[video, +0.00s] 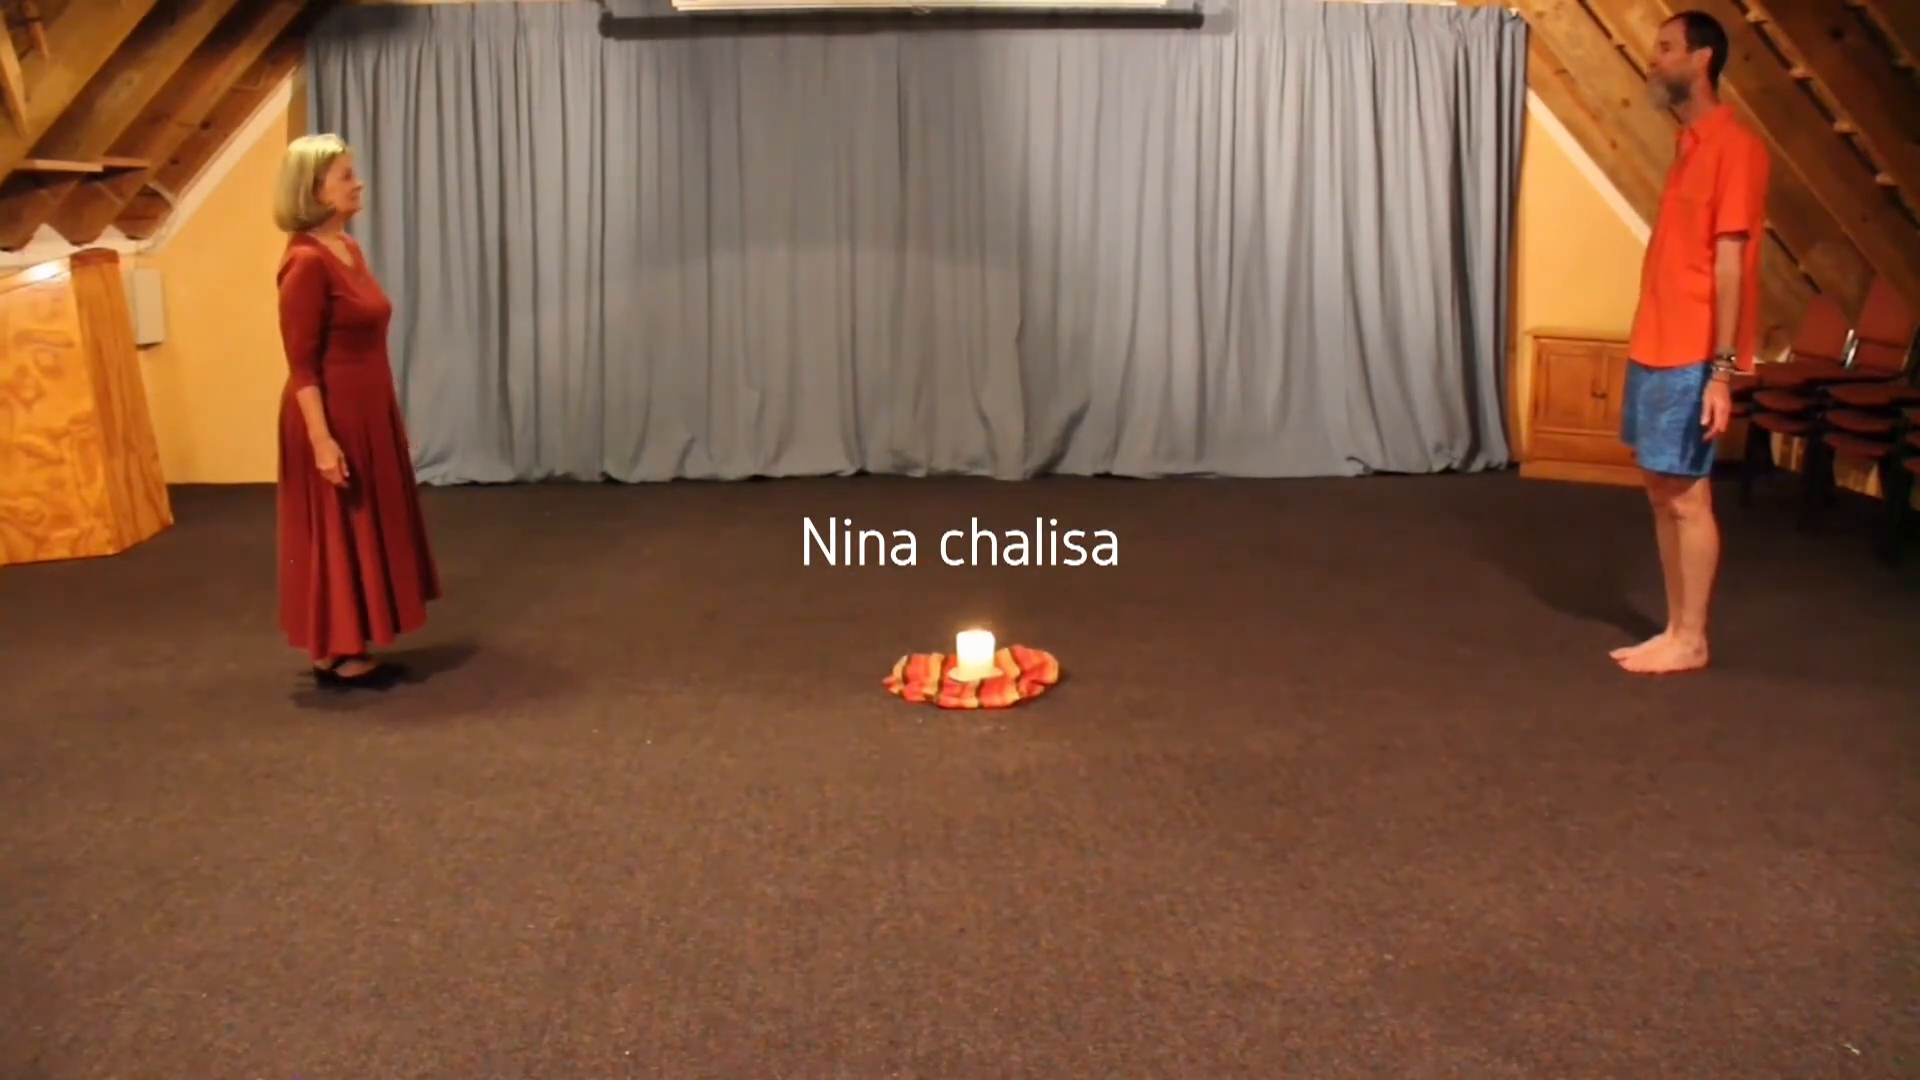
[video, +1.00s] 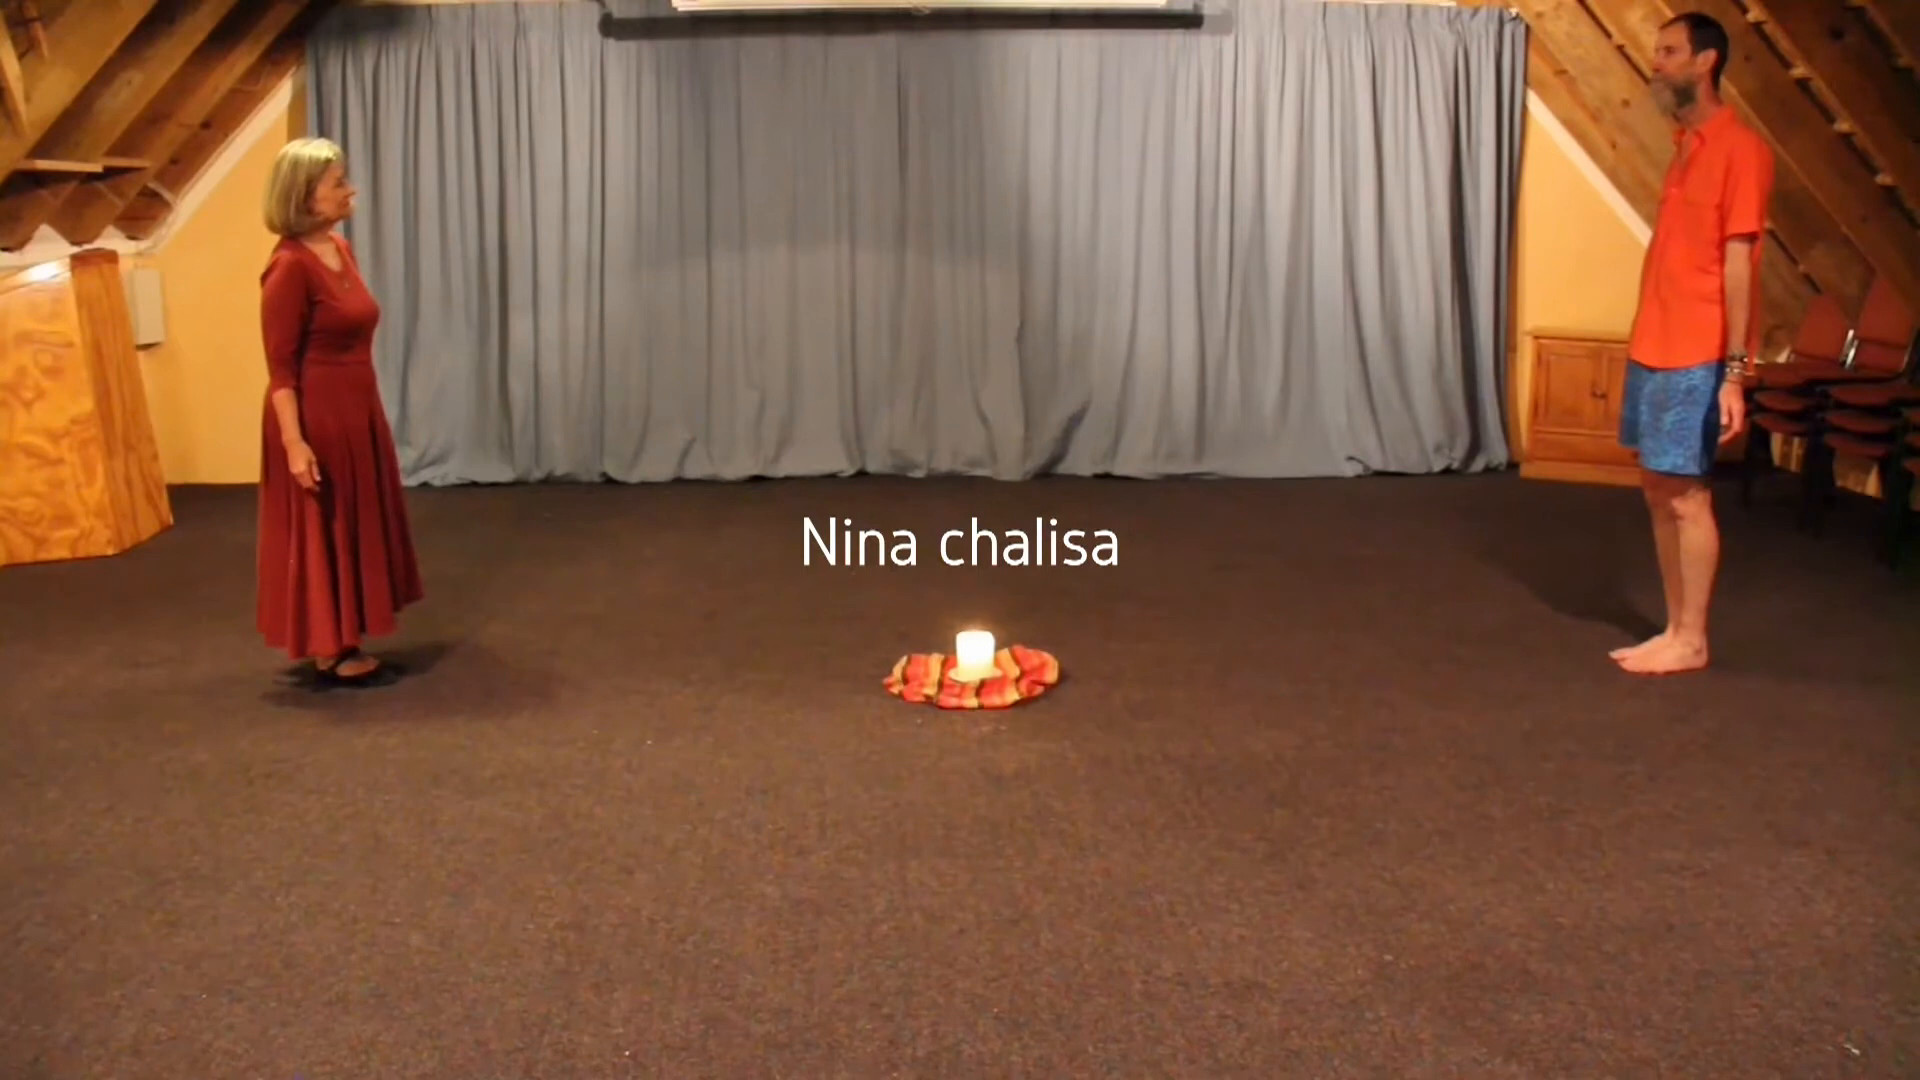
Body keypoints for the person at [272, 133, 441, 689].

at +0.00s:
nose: (357, 185)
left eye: (355, 175)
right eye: (345, 177)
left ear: (346, 184)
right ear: (314, 190)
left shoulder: (348, 248)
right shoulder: (305, 261)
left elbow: (364, 347)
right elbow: (300, 363)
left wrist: (385, 415)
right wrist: (320, 438)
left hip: (366, 407)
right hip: (331, 413)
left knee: (358, 524)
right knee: (334, 528)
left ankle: (350, 646)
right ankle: (337, 651)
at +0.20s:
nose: (355, 189)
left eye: (353, 179)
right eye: (344, 181)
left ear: (338, 187)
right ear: (313, 192)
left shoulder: (342, 247)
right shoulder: (300, 263)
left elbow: (358, 347)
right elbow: (296, 365)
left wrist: (380, 416)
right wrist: (315, 439)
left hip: (362, 408)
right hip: (327, 414)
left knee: (354, 524)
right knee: (330, 527)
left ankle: (347, 644)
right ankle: (334, 649)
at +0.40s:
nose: (353, 191)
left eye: (350, 181)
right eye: (342, 184)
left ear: (336, 189)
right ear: (310, 194)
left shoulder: (339, 248)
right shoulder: (296, 264)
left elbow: (351, 346)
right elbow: (289, 364)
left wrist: (372, 413)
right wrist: (308, 440)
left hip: (357, 407)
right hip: (322, 414)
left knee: (351, 523)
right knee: (327, 527)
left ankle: (344, 642)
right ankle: (330, 647)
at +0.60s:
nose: (350, 191)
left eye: (348, 181)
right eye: (339, 184)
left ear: (334, 188)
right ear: (308, 195)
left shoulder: (336, 248)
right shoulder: (292, 265)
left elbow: (344, 345)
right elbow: (284, 365)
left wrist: (364, 409)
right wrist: (301, 442)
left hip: (354, 407)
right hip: (319, 414)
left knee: (348, 522)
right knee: (324, 526)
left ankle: (340, 641)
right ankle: (328, 647)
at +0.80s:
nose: (350, 191)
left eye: (347, 181)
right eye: (338, 185)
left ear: (328, 193)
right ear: (307, 198)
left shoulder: (335, 248)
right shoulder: (290, 267)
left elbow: (345, 341)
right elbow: (281, 365)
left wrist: (364, 407)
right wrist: (296, 441)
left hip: (353, 404)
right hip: (318, 411)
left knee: (350, 520)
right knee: (323, 524)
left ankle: (342, 642)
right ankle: (328, 647)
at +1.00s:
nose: (349, 191)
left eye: (346, 181)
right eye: (338, 185)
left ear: (331, 192)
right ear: (307, 198)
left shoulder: (339, 248)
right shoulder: (289, 267)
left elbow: (347, 340)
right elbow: (280, 366)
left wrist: (365, 409)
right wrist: (293, 442)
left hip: (354, 405)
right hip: (317, 411)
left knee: (349, 519)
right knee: (322, 523)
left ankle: (342, 642)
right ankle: (327, 647)